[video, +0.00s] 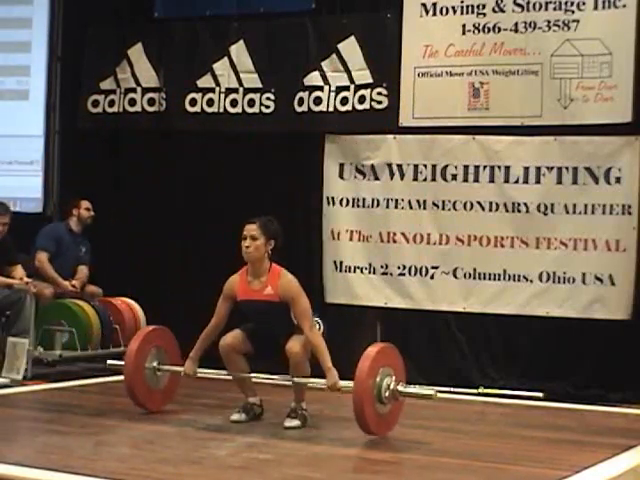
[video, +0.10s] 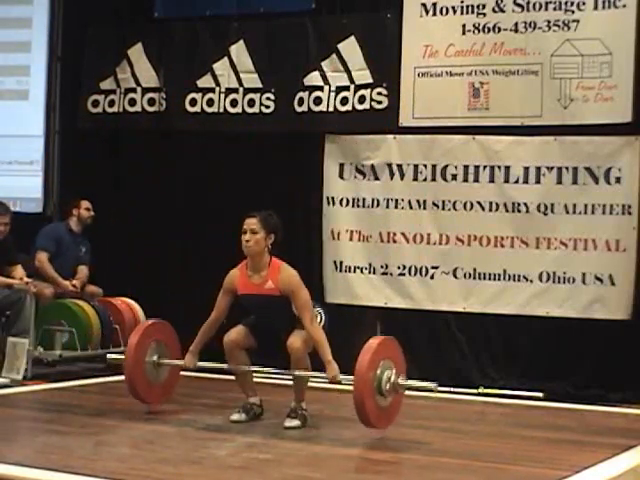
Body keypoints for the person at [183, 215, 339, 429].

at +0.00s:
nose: (246, 244)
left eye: (254, 239)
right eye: (244, 239)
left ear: (269, 245)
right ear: (241, 242)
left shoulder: (286, 282)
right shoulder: (234, 284)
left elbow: (310, 328)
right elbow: (216, 324)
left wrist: (329, 369)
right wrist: (193, 357)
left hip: (290, 333)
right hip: (257, 333)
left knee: (295, 349)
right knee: (227, 345)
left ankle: (299, 406)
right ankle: (252, 403)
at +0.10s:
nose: (246, 238)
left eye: (253, 232)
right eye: (244, 232)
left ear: (269, 239)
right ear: (241, 237)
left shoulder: (286, 276)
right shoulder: (234, 278)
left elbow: (310, 321)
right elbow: (216, 319)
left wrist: (329, 362)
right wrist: (193, 351)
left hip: (295, 325)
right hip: (260, 325)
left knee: (296, 345)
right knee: (231, 341)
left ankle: (299, 406)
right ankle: (253, 403)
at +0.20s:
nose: (246, 226)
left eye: (254, 221)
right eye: (244, 221)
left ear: (270, 228)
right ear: (241, 226)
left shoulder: (286, 264)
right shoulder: (235, 266)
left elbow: (312, 310)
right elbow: (216, 306)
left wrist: (331, 351)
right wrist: (194, 339)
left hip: (302, 308)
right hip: (266, 309)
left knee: (299, 342)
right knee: (236, 338)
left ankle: (299, 406)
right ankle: (252, 403)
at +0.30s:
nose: (246, 212)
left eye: (253, 207)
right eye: (244, 207)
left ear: (269, 214)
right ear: (241, 211)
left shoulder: (286, 249)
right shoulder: (234, 250)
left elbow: (314, 292)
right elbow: (216, 288)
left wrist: (334, 333)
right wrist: (196, 324)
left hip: (302, 298)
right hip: (266, 299)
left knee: (304, 340)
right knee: (240, 336)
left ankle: (300, 405)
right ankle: (251, 402)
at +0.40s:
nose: (243, 197)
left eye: (250, 193)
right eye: (241, 192)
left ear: (266, 199)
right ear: (238, 198)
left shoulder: (284, 232)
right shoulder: (234, 233)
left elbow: (316, 269)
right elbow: (215, 269)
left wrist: (336, 310)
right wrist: (198, 302)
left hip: (303, 286)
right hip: (269, 288)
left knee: (304, 333)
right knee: (252, 333)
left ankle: (300, 405)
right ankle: (253, 401)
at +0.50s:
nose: (241, 183)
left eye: (248, 179)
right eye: (239, 179)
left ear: (263, 187)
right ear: (236, 186)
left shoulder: (281, 217)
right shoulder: (231, 219)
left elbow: (317, 250)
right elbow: (216, 248)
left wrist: (337, 288)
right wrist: (201, 281)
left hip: (304, 276)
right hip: (270, 279)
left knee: (301, 335)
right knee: (254, 332)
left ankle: (300, 404)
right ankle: (253, 402)